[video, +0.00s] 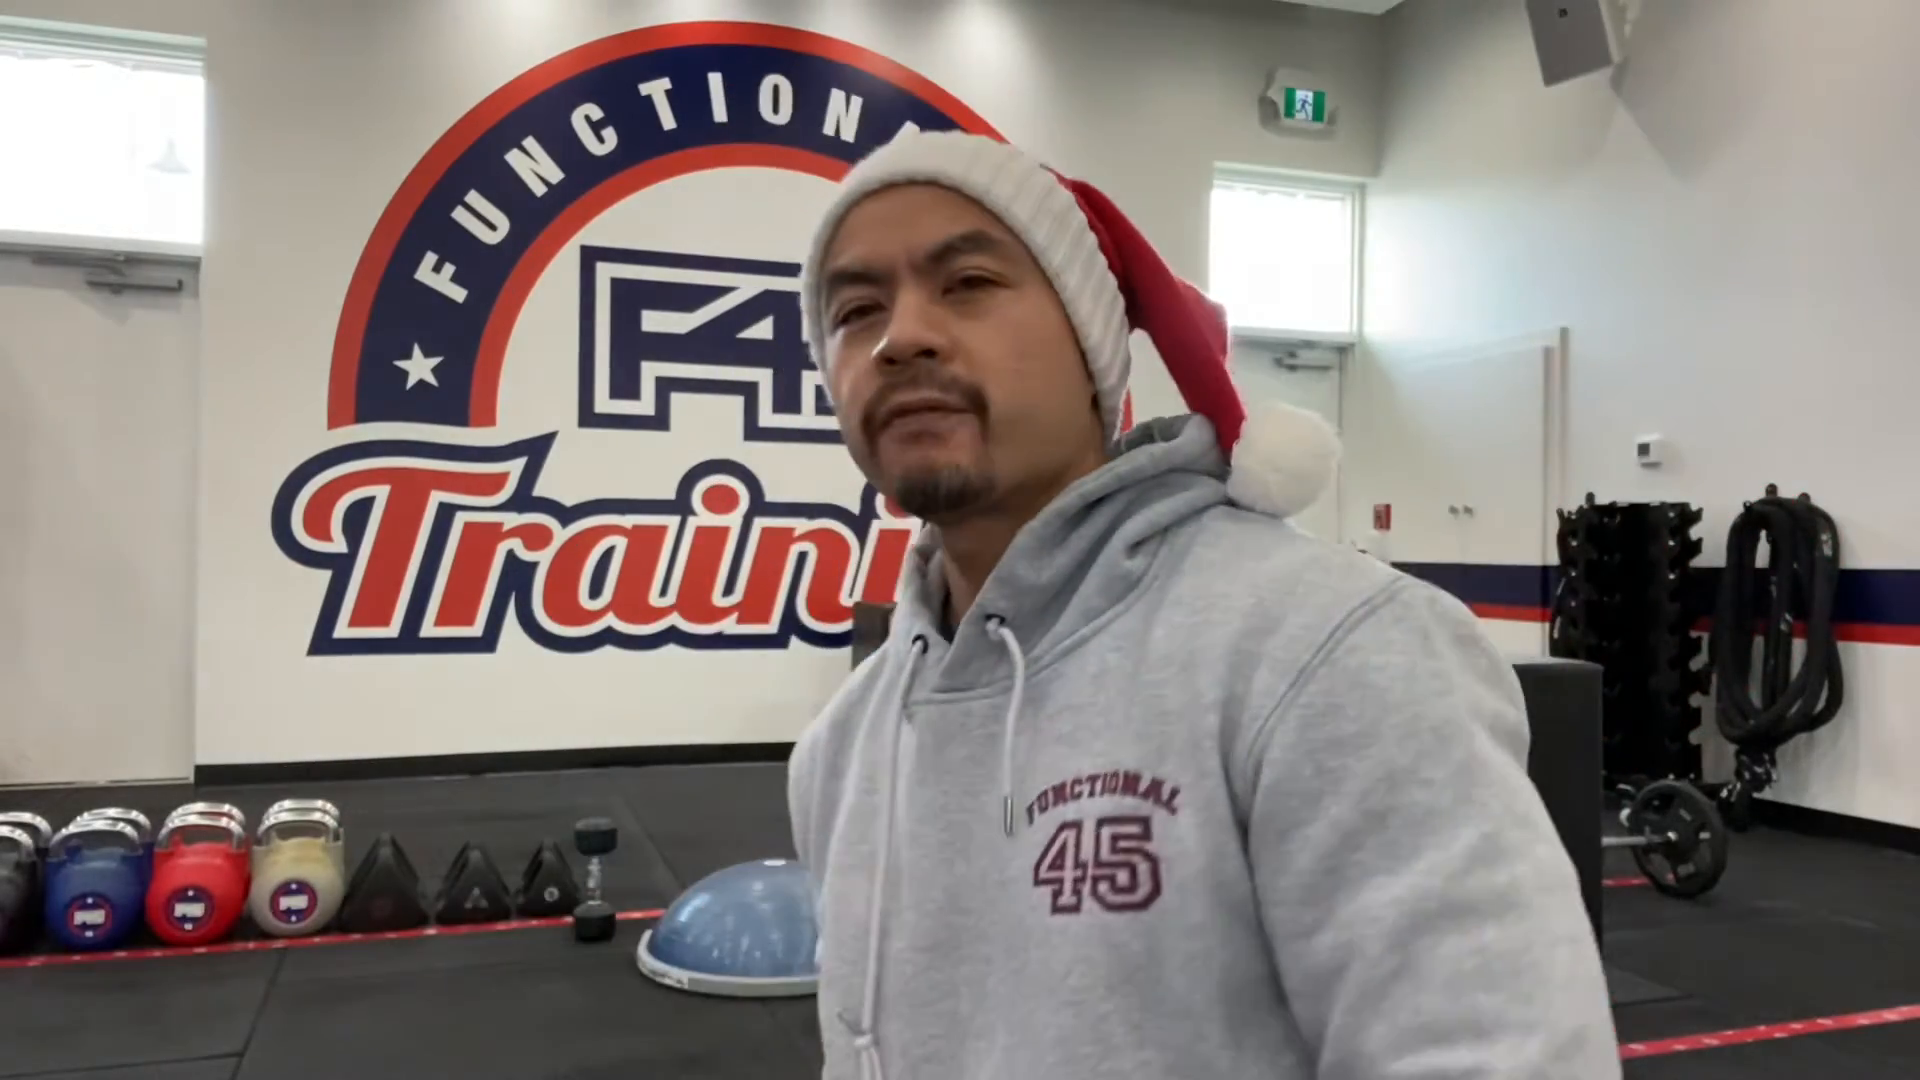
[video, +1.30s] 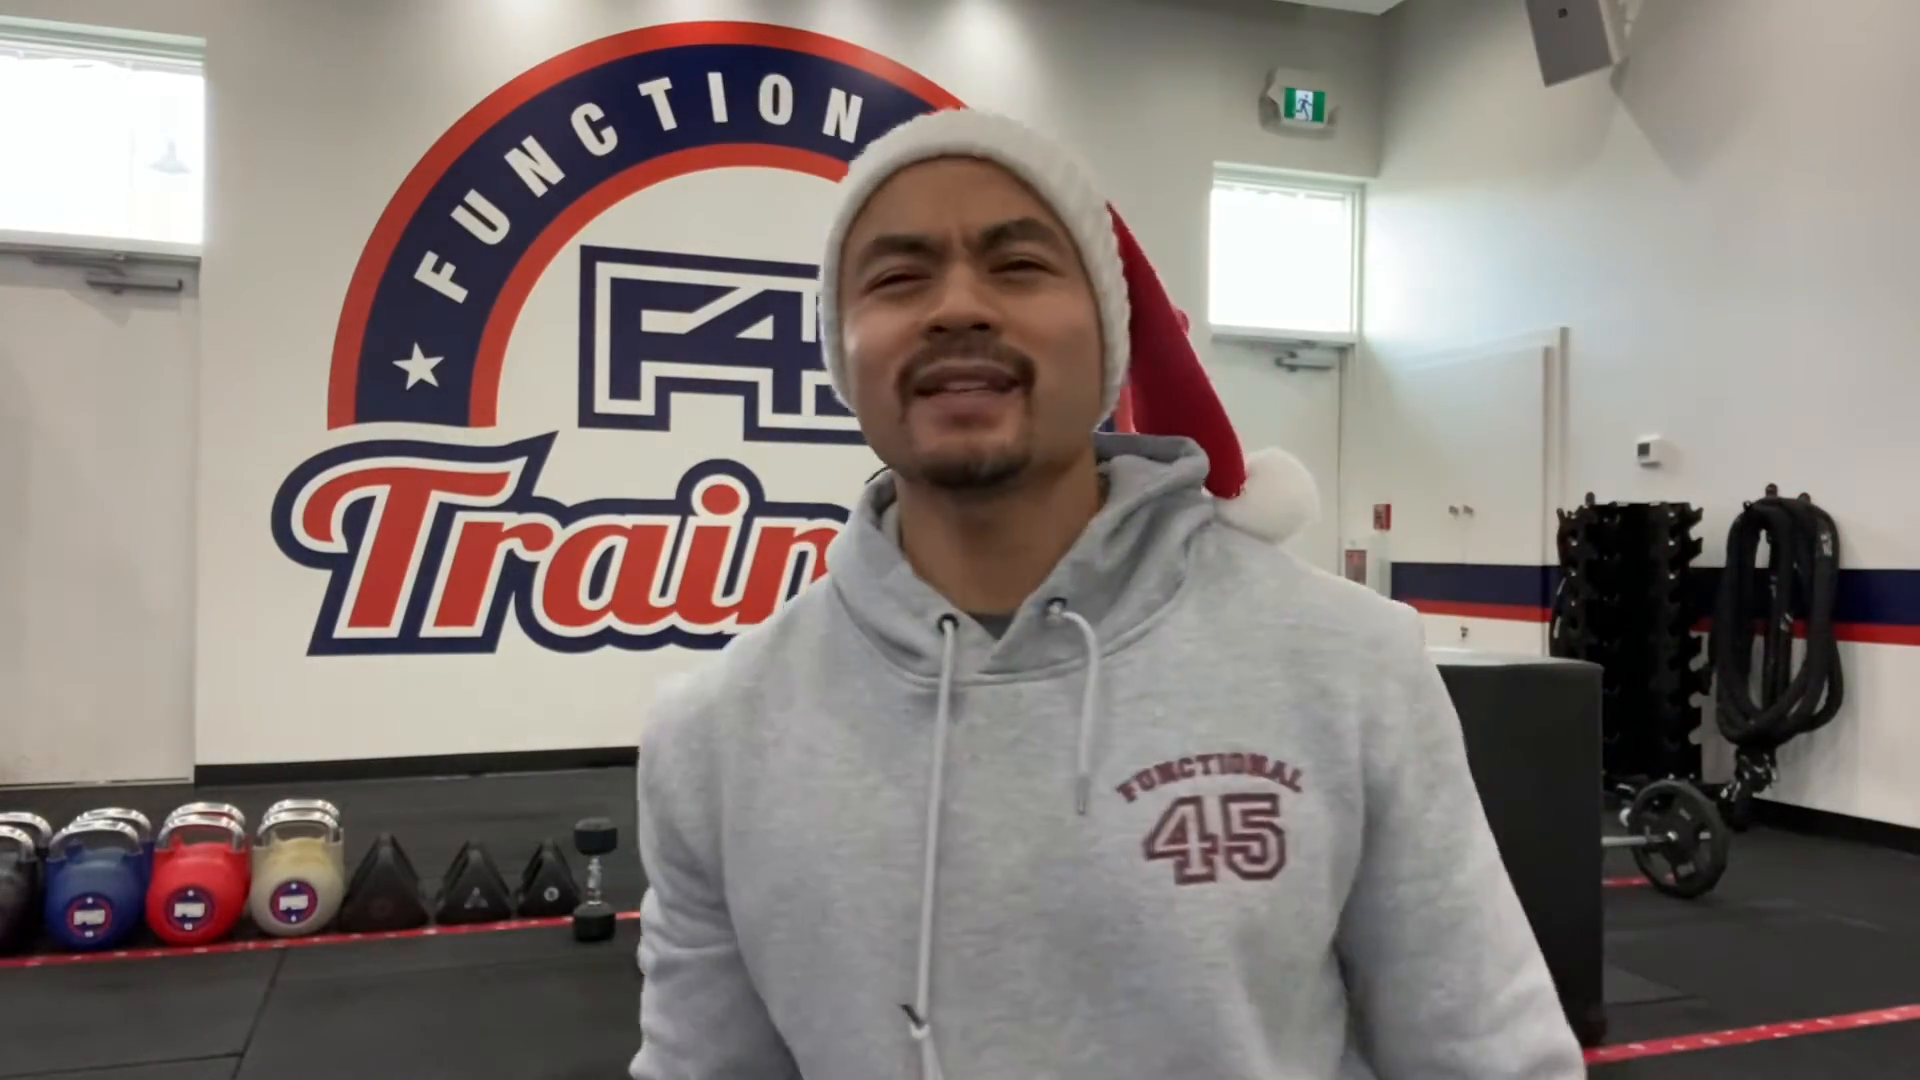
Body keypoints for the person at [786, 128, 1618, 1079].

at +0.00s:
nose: (902, 338)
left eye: (970, 283)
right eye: (860, 312)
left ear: (1105, 339)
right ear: (828, 383)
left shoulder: (1336, 644)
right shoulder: (839, 748)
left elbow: (1496, 1055)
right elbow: (865, 1057)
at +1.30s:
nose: (958, 308)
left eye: (1020, 264)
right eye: (899, 275)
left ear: (1111, 337)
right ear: (842, 352)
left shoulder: (1347, 665)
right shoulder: (711, 740)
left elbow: (1495, 1056)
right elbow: (695, 1069)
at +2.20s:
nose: (1277, 392)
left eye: (1303, 354)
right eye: (1215, 360)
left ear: (1338, 397)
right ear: (1122, 432)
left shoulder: (1423, 669)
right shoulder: (978, 679)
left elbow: (1489, 930)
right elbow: (893, 1028)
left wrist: (1450, 1009)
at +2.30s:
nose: (1192, 382)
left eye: (1221, 338)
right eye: (1130, 359)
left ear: (1277, 375)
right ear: (1065, 427)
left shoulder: (1426, 655)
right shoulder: (946, 690)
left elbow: (1519, 910)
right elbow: (892, 1020)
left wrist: (1438, 1019)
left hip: (1363, 1076)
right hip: (1067, 1064)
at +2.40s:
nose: (1100, 388)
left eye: (1138, 342)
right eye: (1048, 369)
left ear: (1218, 383)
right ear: (1015, 443)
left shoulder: (1413, 652)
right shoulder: (910, 695)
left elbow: (1526, 909)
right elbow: (872, 1022)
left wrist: (1416, 1029)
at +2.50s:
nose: (1017, 398)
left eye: (1061, 352)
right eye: (974, 378)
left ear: (1155, 385)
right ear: (950, 437)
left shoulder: (1364, 655)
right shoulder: (869, 697)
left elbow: (1496, 920)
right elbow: (836, 1012)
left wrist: (1344, 1030)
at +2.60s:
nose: (928, 408)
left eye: (975, 365)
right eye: (893, 389)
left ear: (1076, 396)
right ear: (878, 449)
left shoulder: (1281, 659)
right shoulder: (816, 707)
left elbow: (1414, 932)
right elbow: (790, 998)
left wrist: (1240, 1036)